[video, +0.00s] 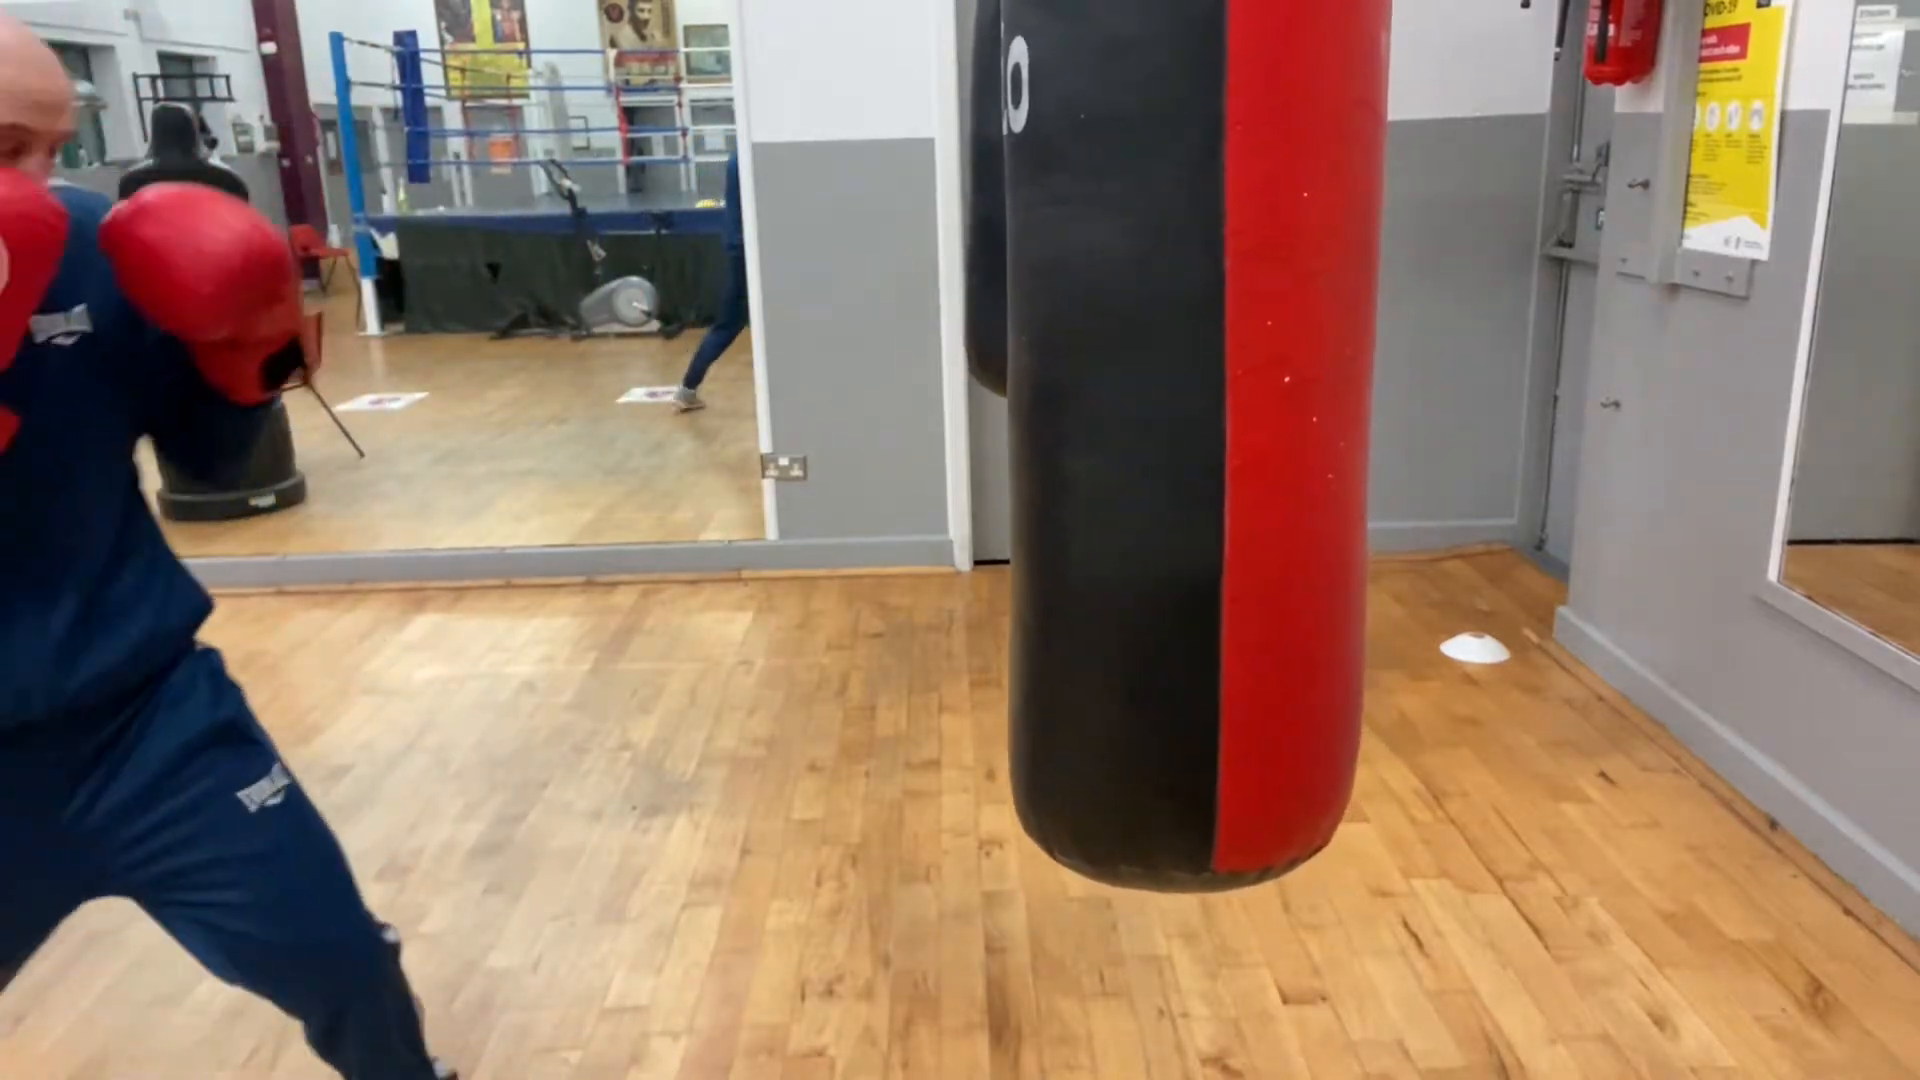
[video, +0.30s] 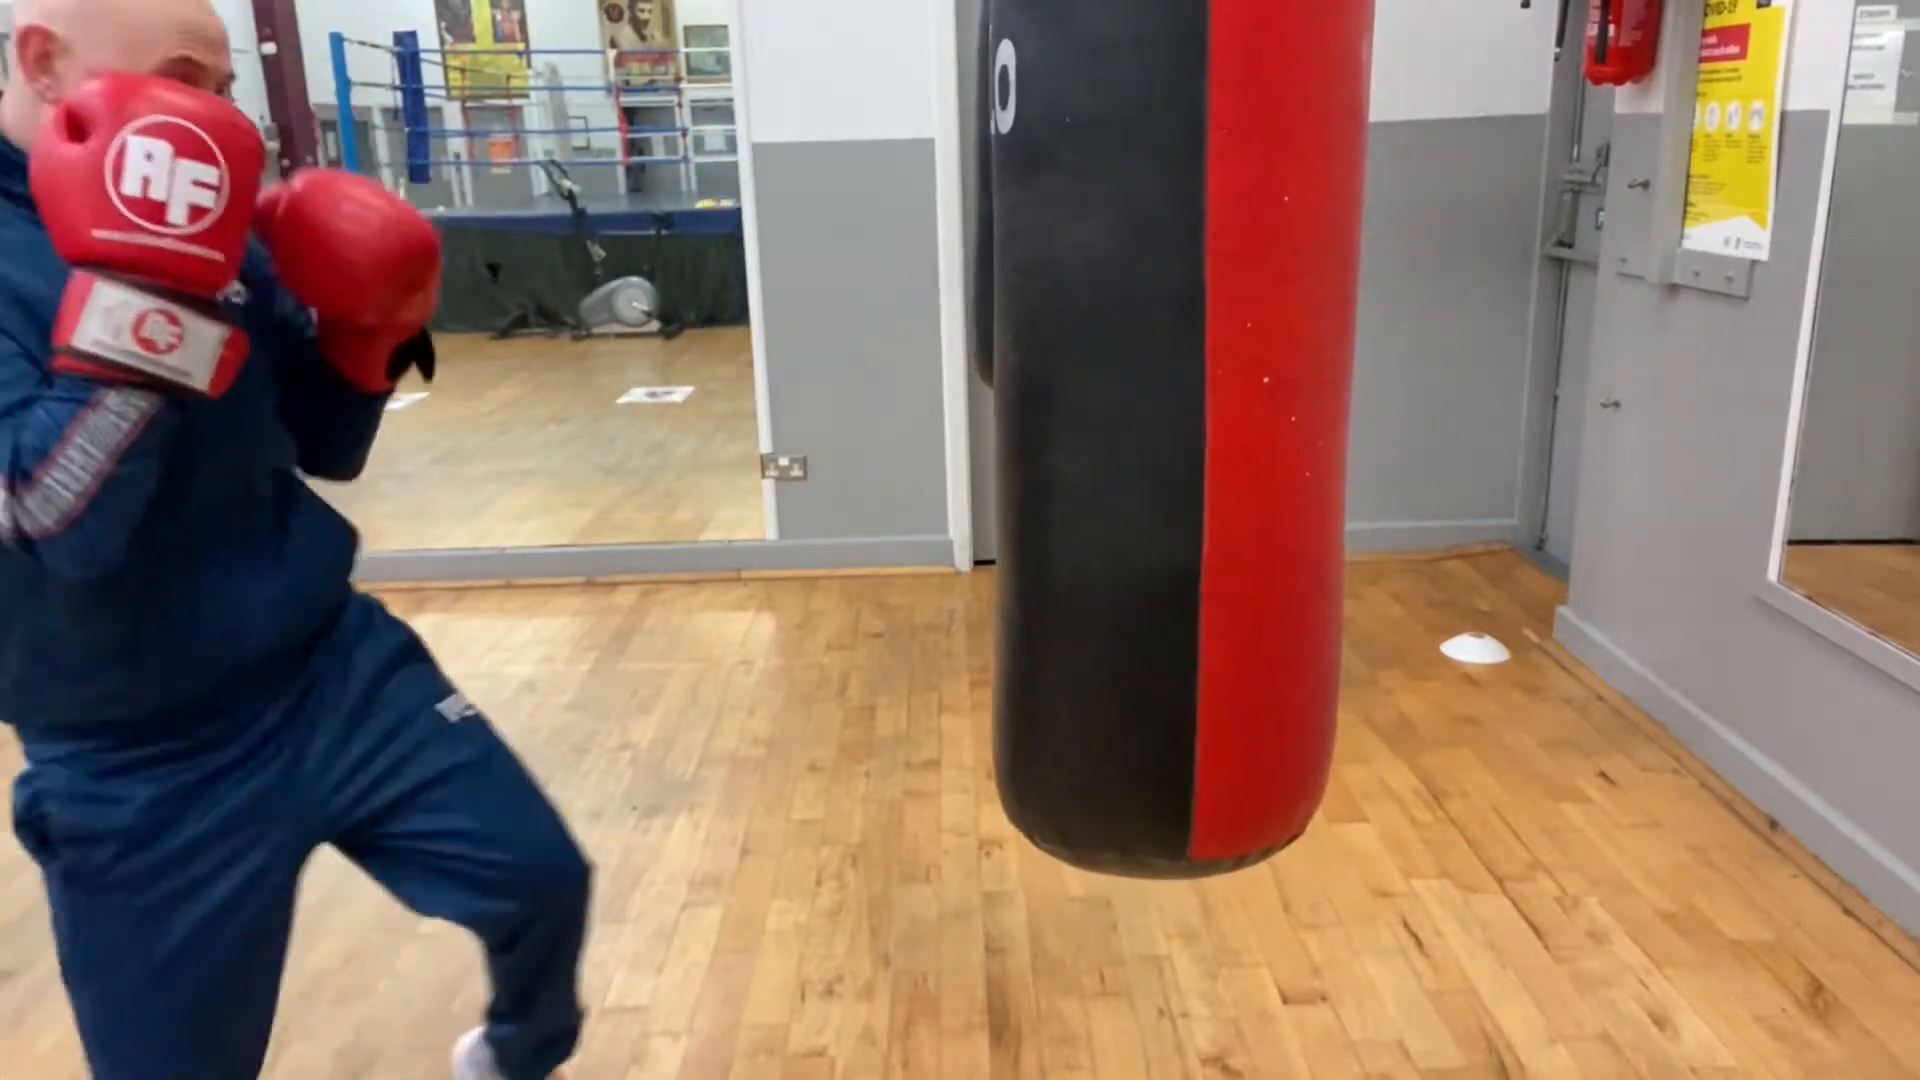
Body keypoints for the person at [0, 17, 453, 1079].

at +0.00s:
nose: (33, 179)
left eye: (49, 148)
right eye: (14, 148)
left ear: (70, 140)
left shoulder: (94, 248)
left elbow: (205, 453)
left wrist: (243, 354)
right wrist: (13, 332)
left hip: (145, 712)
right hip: (6, 760)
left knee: (336, 957)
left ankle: (404, 1075)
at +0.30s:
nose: (216, 115)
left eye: (222, 81)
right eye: (181, 76)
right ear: (42, 63)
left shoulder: (204, 214)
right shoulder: (3, 265)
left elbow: (326, 448)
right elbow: (53, 522)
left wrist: (364, 339)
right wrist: (145, 285)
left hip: (328, 672)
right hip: (138, 771)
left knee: (544, 882)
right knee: (174, 1066)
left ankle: (522, 1052)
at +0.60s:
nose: (571, 239)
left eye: (579, 204)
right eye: (544, 204)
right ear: (427, 179)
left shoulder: (591, 285)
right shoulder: (258, 342)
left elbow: (758, 380)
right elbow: (183, 631)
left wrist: (850, 352)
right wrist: (323, 461)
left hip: (597, 755)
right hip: (374, 801)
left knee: (765, 931)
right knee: (269, 1072)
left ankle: (858, 1069)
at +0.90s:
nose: (815, 250)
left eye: (818, 219)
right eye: (799, 220)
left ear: (689, 198)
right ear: (696, 201)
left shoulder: (529, 291)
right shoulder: (651, 339)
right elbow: (682, 593)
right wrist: (845, 431)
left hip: (680, 720)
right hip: (568, 786)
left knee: (847, 851)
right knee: (632, 1068)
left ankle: (857, 1053)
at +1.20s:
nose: (777, 207)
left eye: (785, 173)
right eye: (745, 177)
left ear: (794, 158)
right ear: (632, 170)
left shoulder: (812, 255)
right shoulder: (500, 319)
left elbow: (974, 324)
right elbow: (362, 584)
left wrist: (1067, 276)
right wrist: (508, 418)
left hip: (823, 738)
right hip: (612, 771)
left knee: (993, 946)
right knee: (491, 1063)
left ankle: (1014, 1032)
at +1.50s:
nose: (1054, 190)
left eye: (1061, 167)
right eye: (1036, 163)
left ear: (958, 140)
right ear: (943, 136)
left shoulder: (961, 243)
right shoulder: (834, 192)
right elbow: (905, 294)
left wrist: (1041, 326)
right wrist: (1114, 215)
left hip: (853, 666)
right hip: (727, 677)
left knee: (995, 840)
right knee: (595, 1044)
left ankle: (979, 1039)